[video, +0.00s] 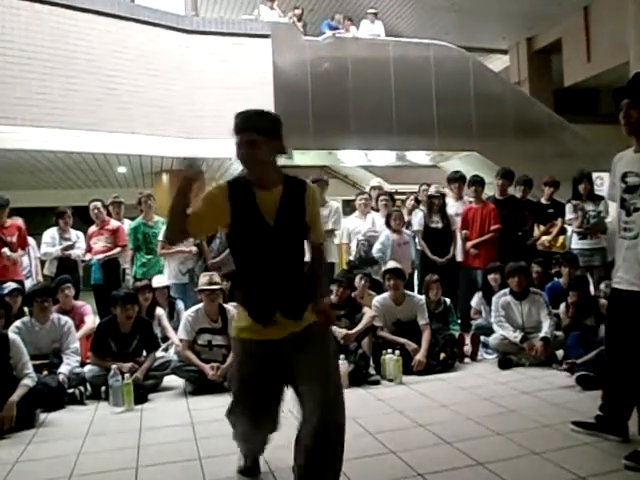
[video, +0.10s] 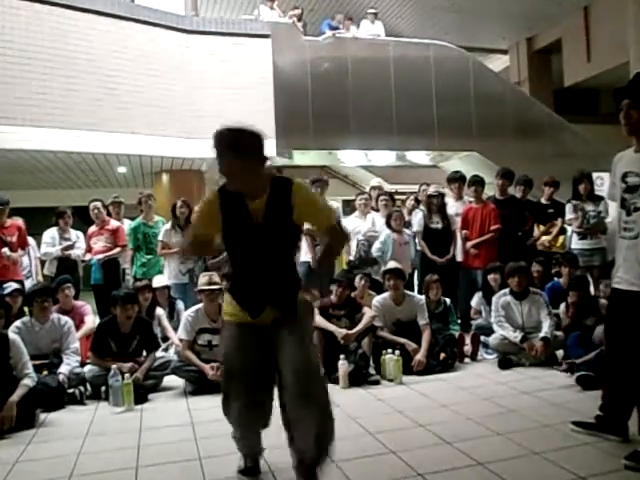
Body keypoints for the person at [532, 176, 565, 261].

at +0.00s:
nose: (551, 190)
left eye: (554, 188)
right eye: (549, 187)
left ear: (556, 190)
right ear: (543, 187)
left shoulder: (560, 205)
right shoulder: (535, 205)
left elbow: (559, 223)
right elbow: (535, 224)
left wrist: (549, 239)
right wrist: (541, 239)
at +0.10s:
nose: (551, 191)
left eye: (554, 188)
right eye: (549, 187)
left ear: (556, 190)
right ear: (544, 187)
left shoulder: (560, 206)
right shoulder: (535, 205)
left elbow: (559, 223)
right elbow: (535, 224)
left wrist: (550, 239)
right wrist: (540, 239)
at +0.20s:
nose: (551, 191)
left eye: (554, 188)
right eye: (549, 187)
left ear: (556, 190)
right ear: (544, 187)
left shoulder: (560, 206)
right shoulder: (535, 205)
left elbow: (559, 223)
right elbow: (535, 224)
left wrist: (550, 239)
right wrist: (540, 239)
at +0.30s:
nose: (551, 191)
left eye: (554, 188)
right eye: (549, 187)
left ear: (556, 190)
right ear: (543, 187)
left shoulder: (560, 206)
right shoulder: (535, 205)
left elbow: (559, 223)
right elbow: (535, 224)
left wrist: (550, 239)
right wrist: (540, 239)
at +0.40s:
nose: (551, 191)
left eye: (553, 188)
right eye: (549, 187)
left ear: (556, 190)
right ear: (544, 187)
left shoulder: (560, 206)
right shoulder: (535, 205)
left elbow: (559, 223)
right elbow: (535, 224)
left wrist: (549, 239)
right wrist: (540, 239)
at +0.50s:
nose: (551, 191)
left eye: (553, 188)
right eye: (549, 187)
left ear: (555, 190)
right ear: (543, 187)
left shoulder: (560, 206)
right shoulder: (535, 205)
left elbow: (559, 223)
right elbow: (534, 224)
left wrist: (549, 238)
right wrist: (540, 239)